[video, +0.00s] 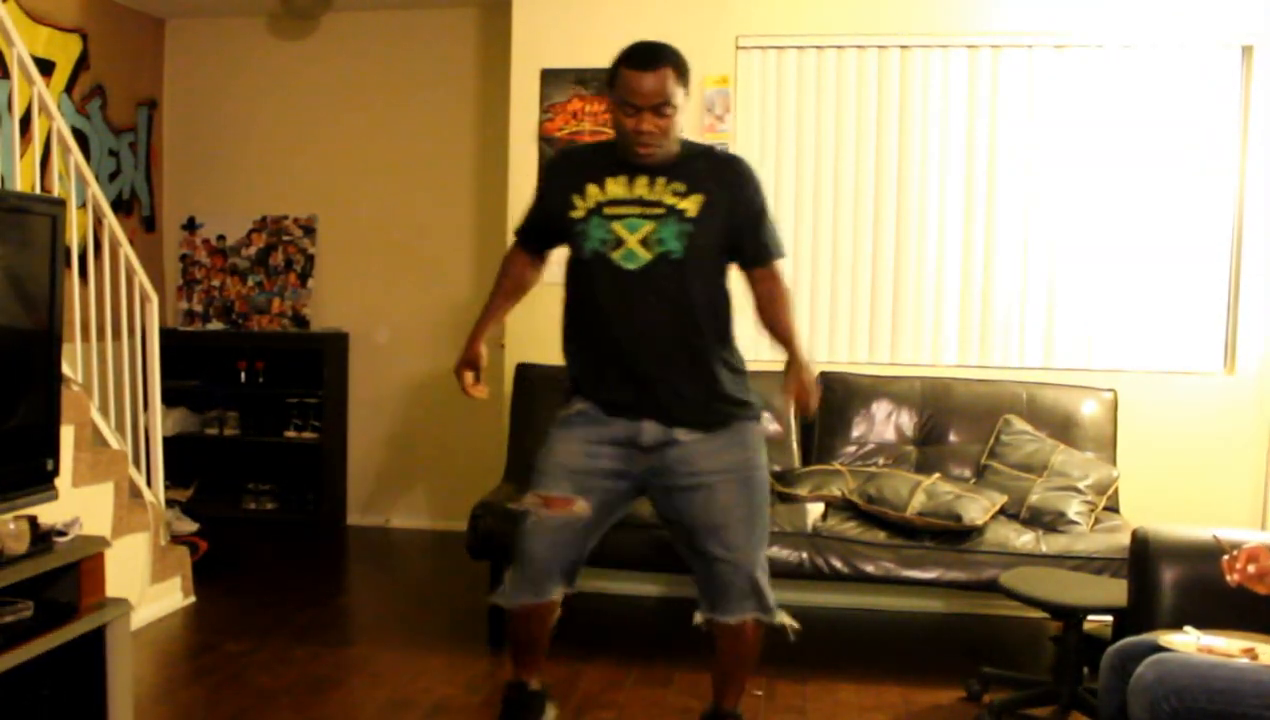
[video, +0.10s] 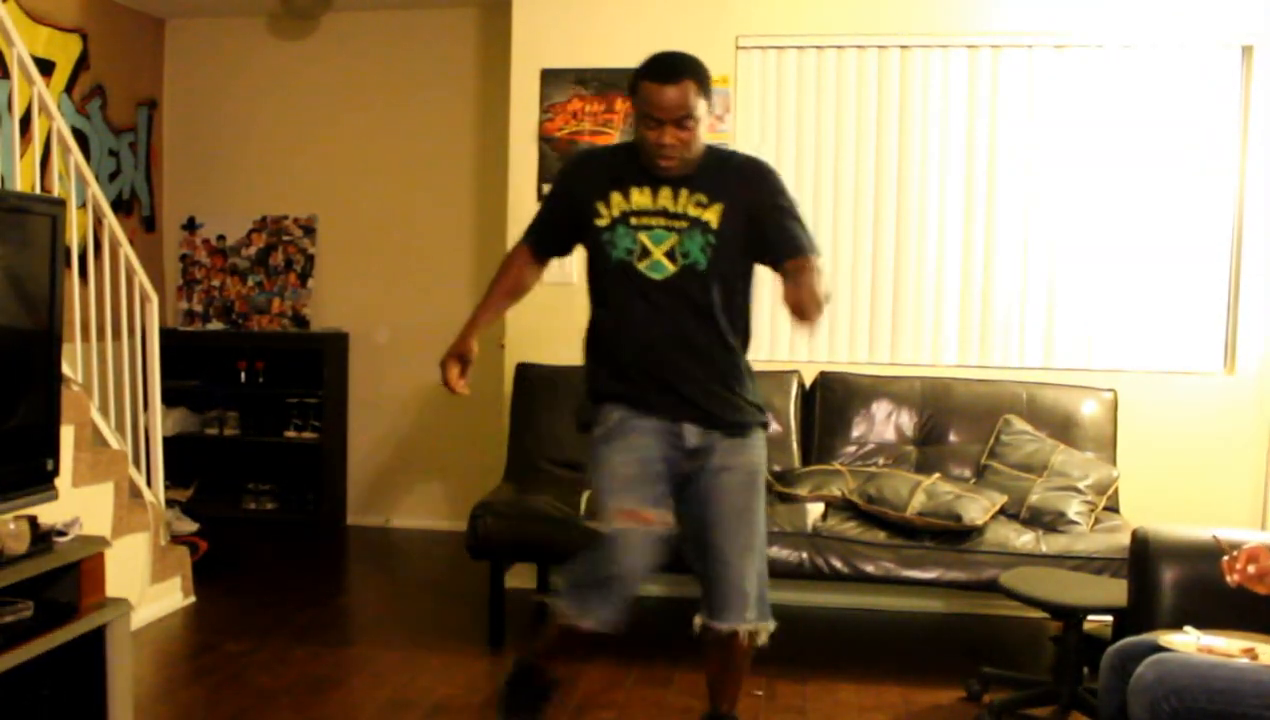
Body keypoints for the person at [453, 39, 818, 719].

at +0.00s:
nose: (646, 122)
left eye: (661, 109)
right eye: (633, 108)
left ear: (682, 106)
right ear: (611, 105)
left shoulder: (726, 179)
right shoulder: (573, 172)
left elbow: (764, 275)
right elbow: (528, 254)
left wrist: (796, 354)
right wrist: (481, 333)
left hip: (710, 418)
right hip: (599, 413)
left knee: (739, 583)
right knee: (536, 553)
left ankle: (727, 712)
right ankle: (524, 695)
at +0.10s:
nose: (667, 137)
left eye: (682, 123)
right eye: (653, 121)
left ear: (707, 115)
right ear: (632, 113)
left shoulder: (747, 181)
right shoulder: (593, 175)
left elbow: (798, 264)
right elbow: (531, 254)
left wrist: (803, 292)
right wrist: (471, 332)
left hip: (725, 410)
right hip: (629, 405)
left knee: (737, 591)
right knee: (627, 558)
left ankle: (723, 716)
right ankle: (537, 670)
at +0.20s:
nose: (685, 144)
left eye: (701, 130)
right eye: (672, 128)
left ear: (724, 124)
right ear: (651, 118)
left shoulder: (759, 190)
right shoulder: (601, 175)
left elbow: (823, 283)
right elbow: (528, 240)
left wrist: (806, 256)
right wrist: (466, 312)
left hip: (740, 416)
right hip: (643, 409)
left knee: (752, 602)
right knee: (670, 565)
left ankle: (724, 715)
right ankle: (602, 697)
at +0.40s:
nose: (697, 148)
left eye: (711, 133)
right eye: (682, 133)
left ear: (732, 124)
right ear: (660, 123)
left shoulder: (762, 173)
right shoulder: (613, 177)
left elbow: (806, 257)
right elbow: (518, 225)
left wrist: (792, 203)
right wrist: (504, 252)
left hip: (736, 406)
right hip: (629, 394)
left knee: (758, 583)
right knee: (564, 544)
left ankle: (726, 711)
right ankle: (605, 691)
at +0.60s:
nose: (678, 120)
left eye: (692, 105)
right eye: (662, 106)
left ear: (713, 91)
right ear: (638, 97)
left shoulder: (743, 119)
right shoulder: (607, 160)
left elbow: (804, 202)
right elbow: (545, 250)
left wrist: (817, 168)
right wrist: (574, 200)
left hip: (707, 387)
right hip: (602, 376)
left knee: (720, 554)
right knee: (535, 529)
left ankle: (730, 706)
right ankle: (500, 681)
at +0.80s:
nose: (633, 132)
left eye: (646, 118)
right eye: (621, 117)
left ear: (664, 105)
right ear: (592, 102)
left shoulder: (696, 160)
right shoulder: (552, 143)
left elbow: (796, 214)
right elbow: (525, 208)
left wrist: (804, 163)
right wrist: (560, 144)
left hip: (670, 397)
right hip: (561, 388)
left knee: (721, 557)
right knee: (515, 547)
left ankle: (742, 701)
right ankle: (494, 695)